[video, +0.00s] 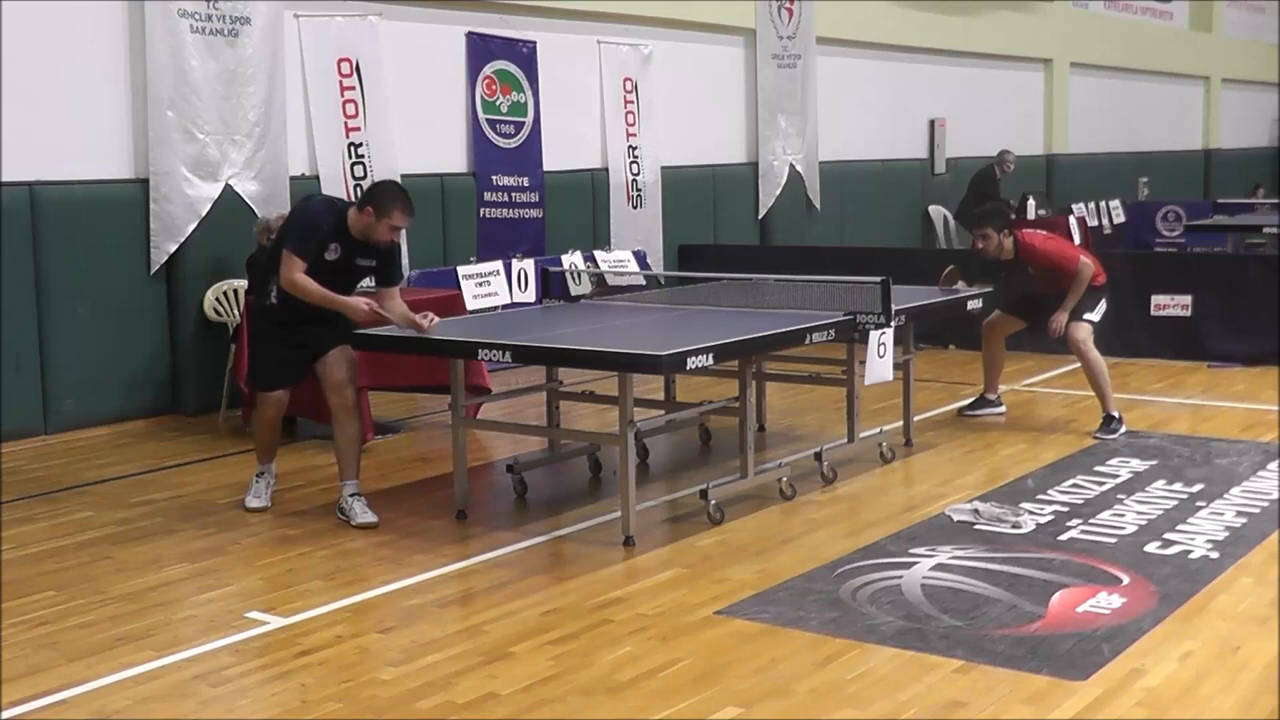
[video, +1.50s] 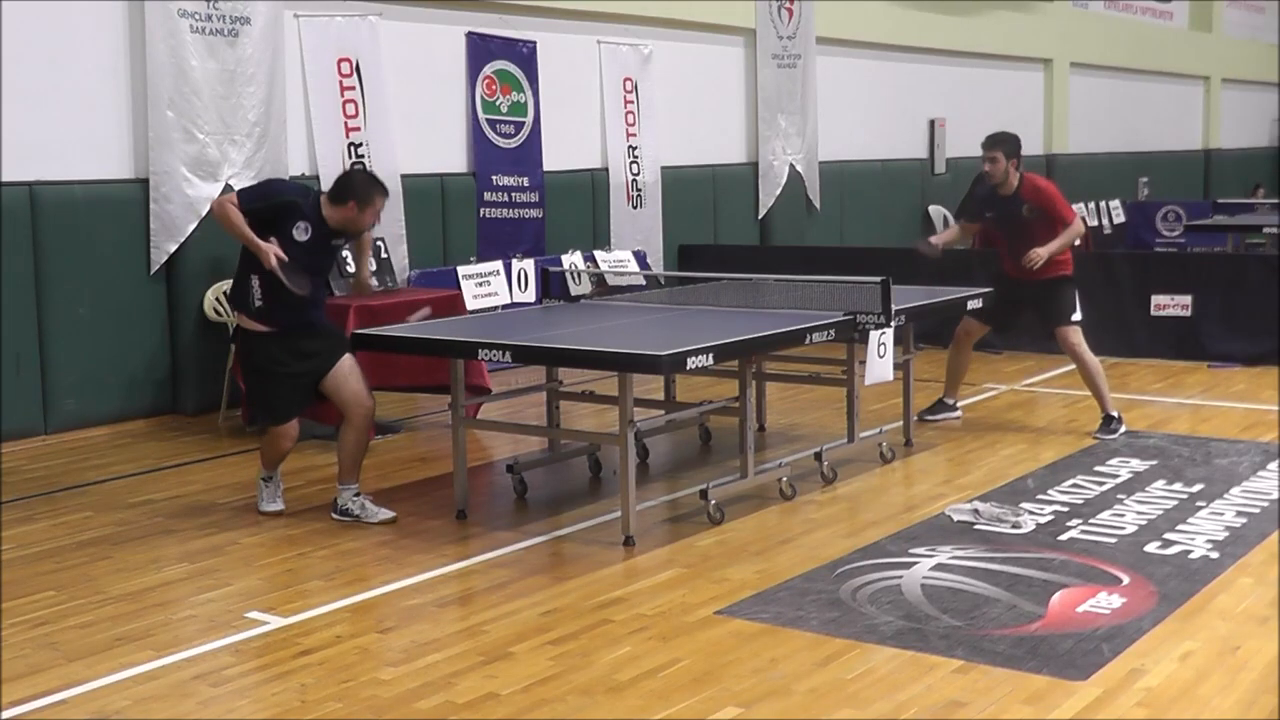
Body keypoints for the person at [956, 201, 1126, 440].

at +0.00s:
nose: (977, 245)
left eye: (984, 238)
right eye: (975, 239)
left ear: (1005, 235)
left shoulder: (1038, 248)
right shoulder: (996, 254)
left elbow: (1086, 268)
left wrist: (1064, 310)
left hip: (1089, 288)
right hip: (1045, 291)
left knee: (1079, 339)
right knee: (992, 327)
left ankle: (1111, 416)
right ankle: (990, 398)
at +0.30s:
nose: (977, 244)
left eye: (984, 236)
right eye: (975, 237)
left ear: (1005, 234)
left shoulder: (1037, 248)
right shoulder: (991, 255)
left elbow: (1085, 270)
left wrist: (1059, 308)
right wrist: (962, 274)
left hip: (1088, 288)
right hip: (1044, 291)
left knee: (1078, 339)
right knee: (991, 328)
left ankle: (1111, 416)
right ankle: (990, 398)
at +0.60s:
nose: (979, 234)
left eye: (985, 227)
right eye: (976, 228)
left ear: (1006, 226)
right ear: (974, 228)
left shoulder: (1036, 241)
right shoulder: (983, 248)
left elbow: (1084, 266)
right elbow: (994, 282)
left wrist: (1054, 304)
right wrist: (968, 283)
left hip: (1084, 288)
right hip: (1040, 290)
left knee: (1076, 339)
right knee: (988, 328)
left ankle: (1111, 416)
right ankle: (990, 398)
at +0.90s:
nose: (984, 205)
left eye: (991, 198)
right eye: (981, 198)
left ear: (1011, 199)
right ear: (978, 200)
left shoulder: (1039, 220)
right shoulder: (988, 227)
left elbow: (1083, 253)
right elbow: (978, 279)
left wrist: (1050, 284)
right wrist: (962, 273)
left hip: (1078, 280)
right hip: (1037, 282)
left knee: (1076, 339)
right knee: (988, 329)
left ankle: (1111, 415)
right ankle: (990, 398)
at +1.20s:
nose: (1000, 164)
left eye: (1007, 158)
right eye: (999, 158)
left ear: (1027, 161)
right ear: (1001, 160)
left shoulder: (1055, 189)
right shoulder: (1000, 194)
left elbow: (1090, 226)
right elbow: (986, 237)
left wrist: (1061, 250)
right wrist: (973, 245)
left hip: (1069, 275)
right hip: (1027, 275)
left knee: (1079, 338)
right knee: (986, 333)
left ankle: (1112, 415)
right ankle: (989, 396)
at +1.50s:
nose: (986, 167)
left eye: (993, 161)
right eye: (984, 161)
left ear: (1014, 162)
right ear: (984, 161)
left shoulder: (1041, 189)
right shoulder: (984, 192)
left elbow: (1077, 227)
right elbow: (965, 229)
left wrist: (1047, 250)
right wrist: (939, 239)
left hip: (1054, 281)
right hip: (1011, 281)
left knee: (1072, 341)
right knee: (964, 334)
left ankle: (1111, 415)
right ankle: (949, 401)